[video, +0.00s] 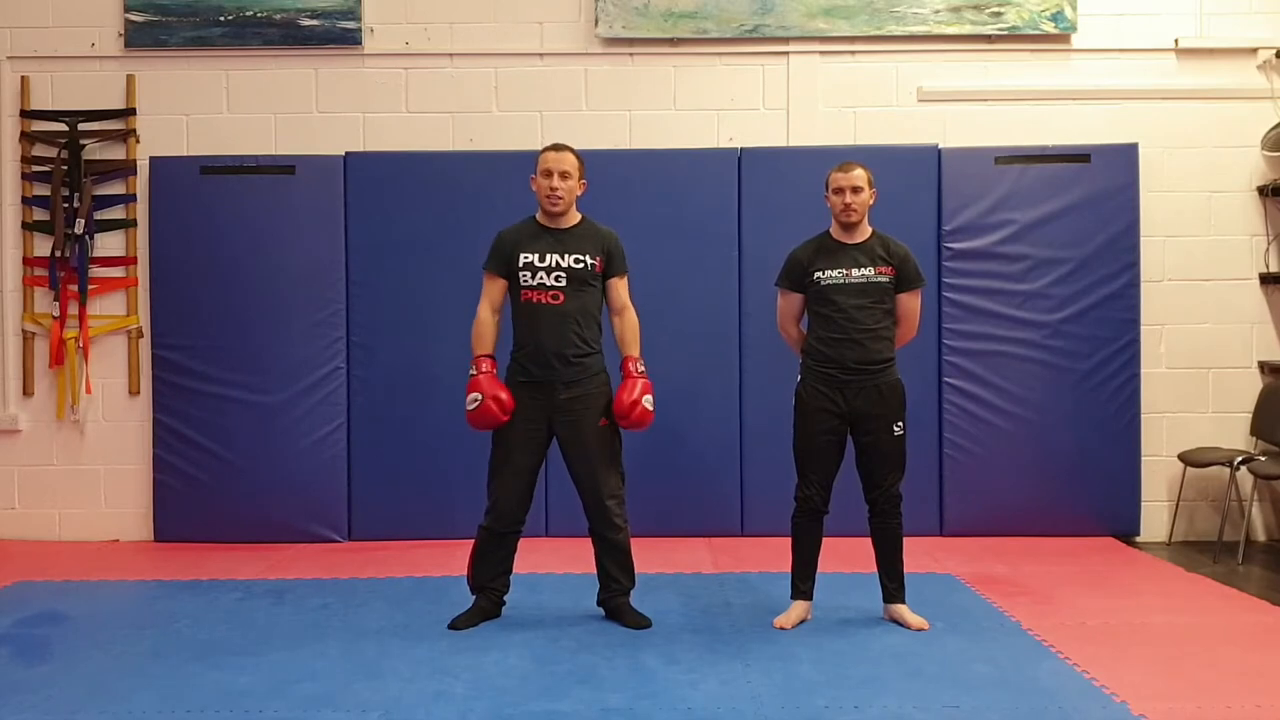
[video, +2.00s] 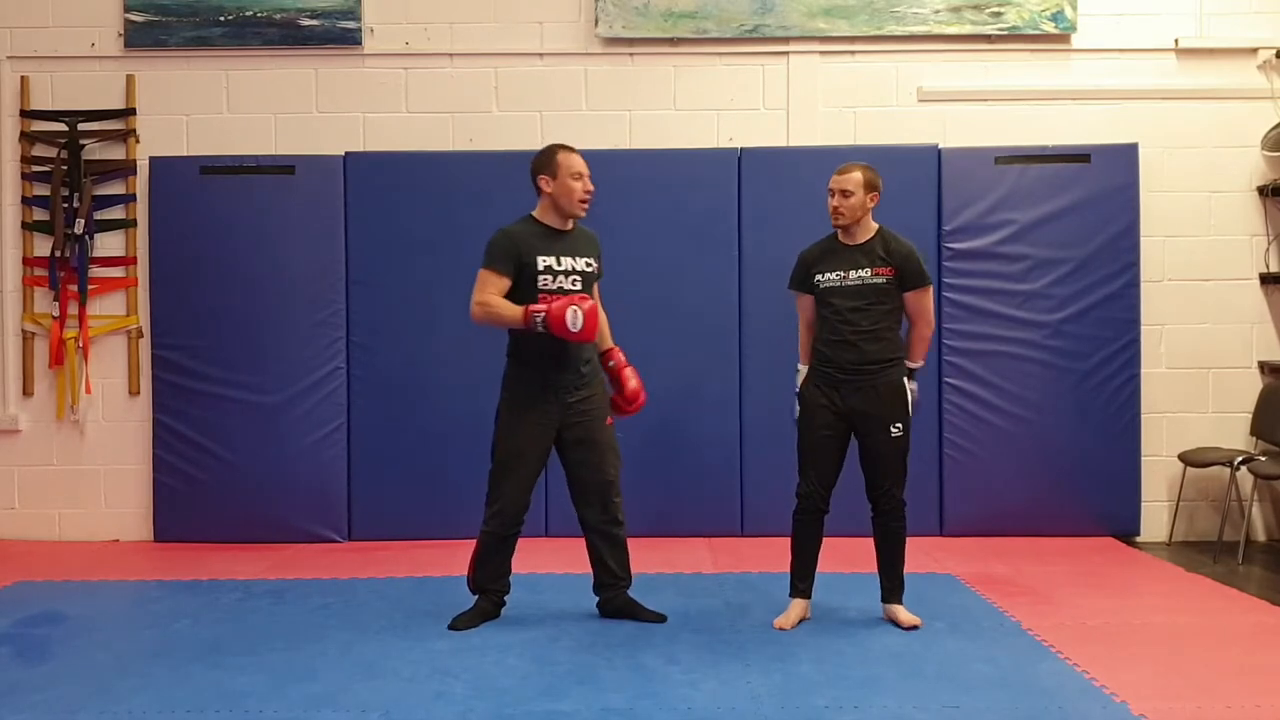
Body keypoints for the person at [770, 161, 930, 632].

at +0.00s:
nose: (847, 199)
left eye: (855, 190)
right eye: (838, 191)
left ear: (872, 196)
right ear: (827, 198)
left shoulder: (897, 256)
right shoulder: (805, 258)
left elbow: (908, 327)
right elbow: (787, 325)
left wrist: (866, 353)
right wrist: (822, 357)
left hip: (879, 392)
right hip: (820, 392)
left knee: (886, 499)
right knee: (810, 497)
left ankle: (894, 601)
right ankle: (801, 599)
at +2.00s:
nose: (835, 202)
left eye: (845, 194)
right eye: (831, 194)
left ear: (871, 199)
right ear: (828, 199)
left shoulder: (900, 255)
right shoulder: (812, 259)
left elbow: (923, 322)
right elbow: (807, 325)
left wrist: (908, 376)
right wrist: (805, 376)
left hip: (884, 390)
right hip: (824, 391)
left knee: (888, 500)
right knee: (810, 496)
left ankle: (892, 600)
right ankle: (799, 597)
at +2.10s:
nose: (834, 204)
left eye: (844, 196)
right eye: (831, 196)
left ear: (872, 200)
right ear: (830, 200)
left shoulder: (902, 256)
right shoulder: (819, 260)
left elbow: (933, 322)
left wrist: (941, 383)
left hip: (885, 393)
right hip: (827, 392)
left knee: (888, 499)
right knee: (812, 495)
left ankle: (891, 600)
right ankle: (800, 597)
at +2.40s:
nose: (838, 207)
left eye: (847, 199)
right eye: (836, 198)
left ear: (876, 200)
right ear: (843, 201)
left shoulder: (905, 252)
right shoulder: (837, 255)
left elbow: (926, 311)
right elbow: (832, 314)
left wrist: (926, 360)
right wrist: (813, 334)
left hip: (891, 389)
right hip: (840, 387)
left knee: (890, 495)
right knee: (823, 488)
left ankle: (892, 602)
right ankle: (828, 588)